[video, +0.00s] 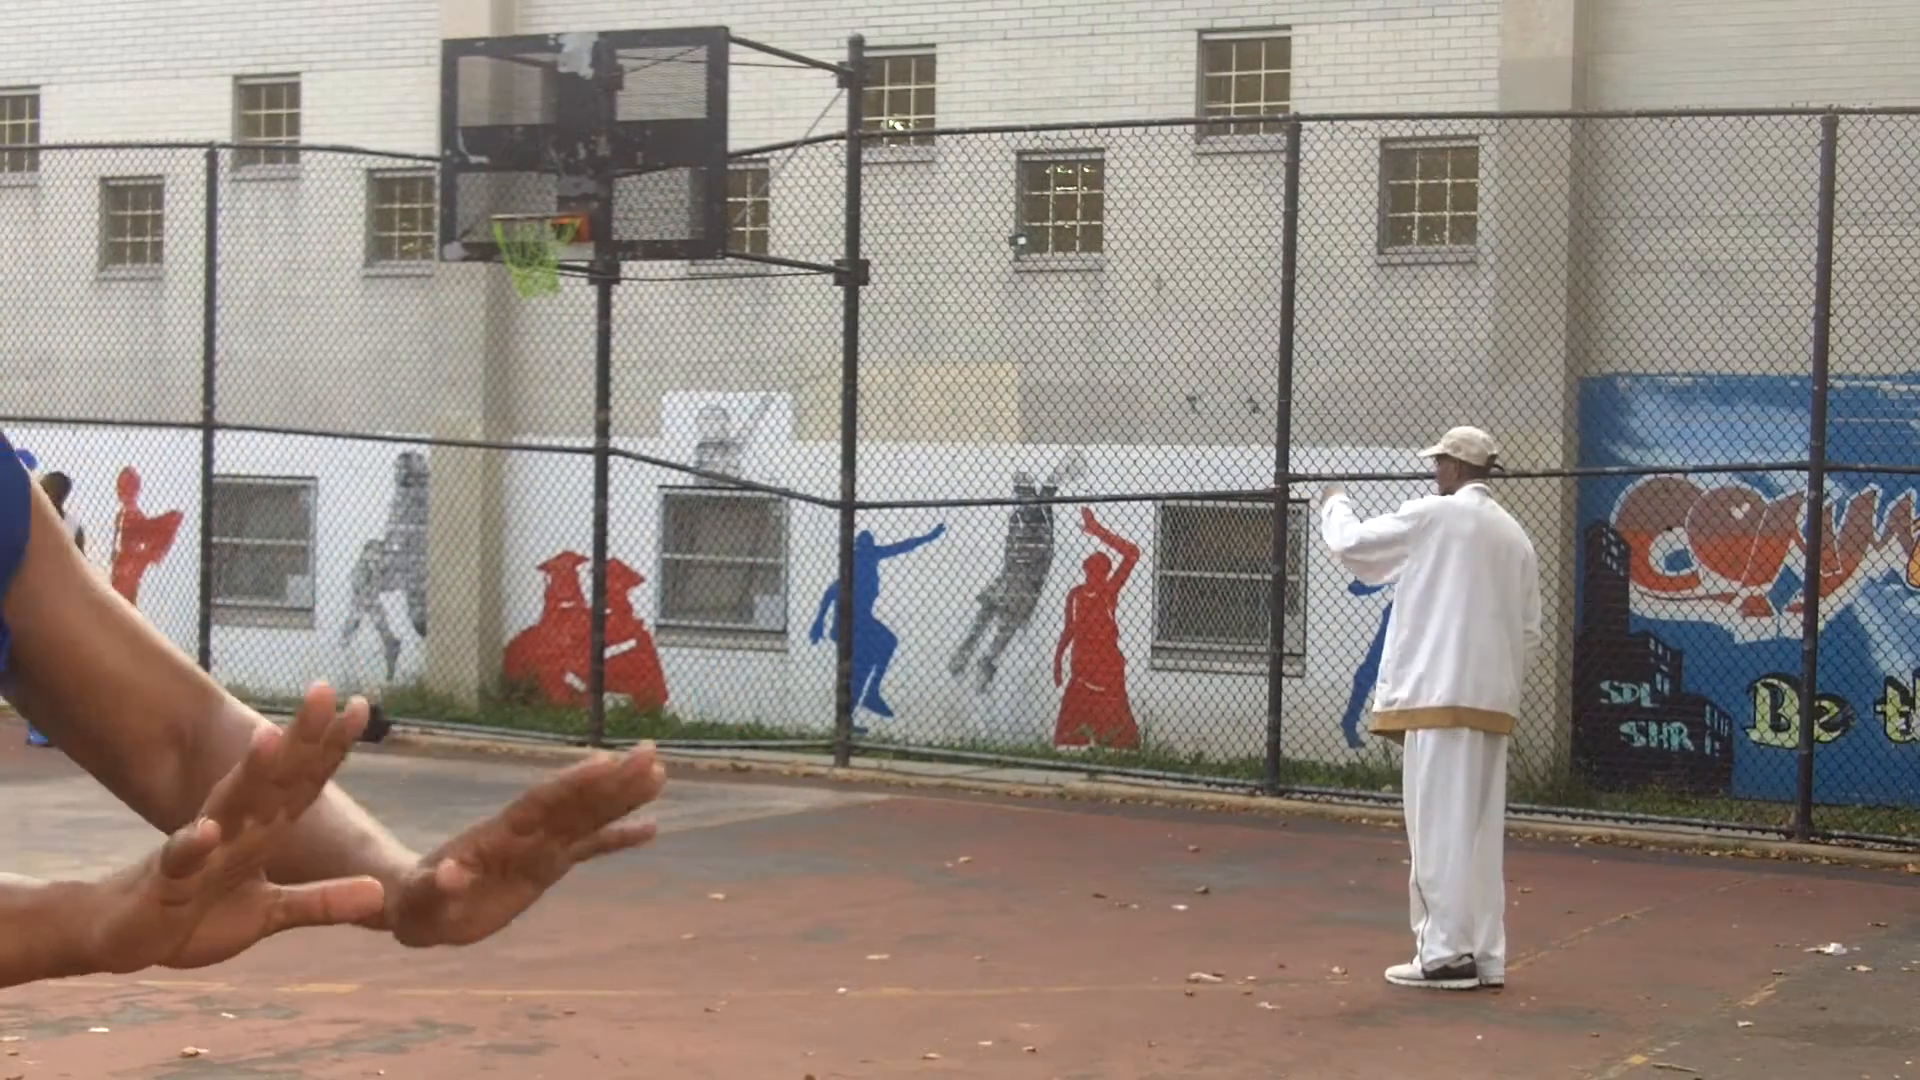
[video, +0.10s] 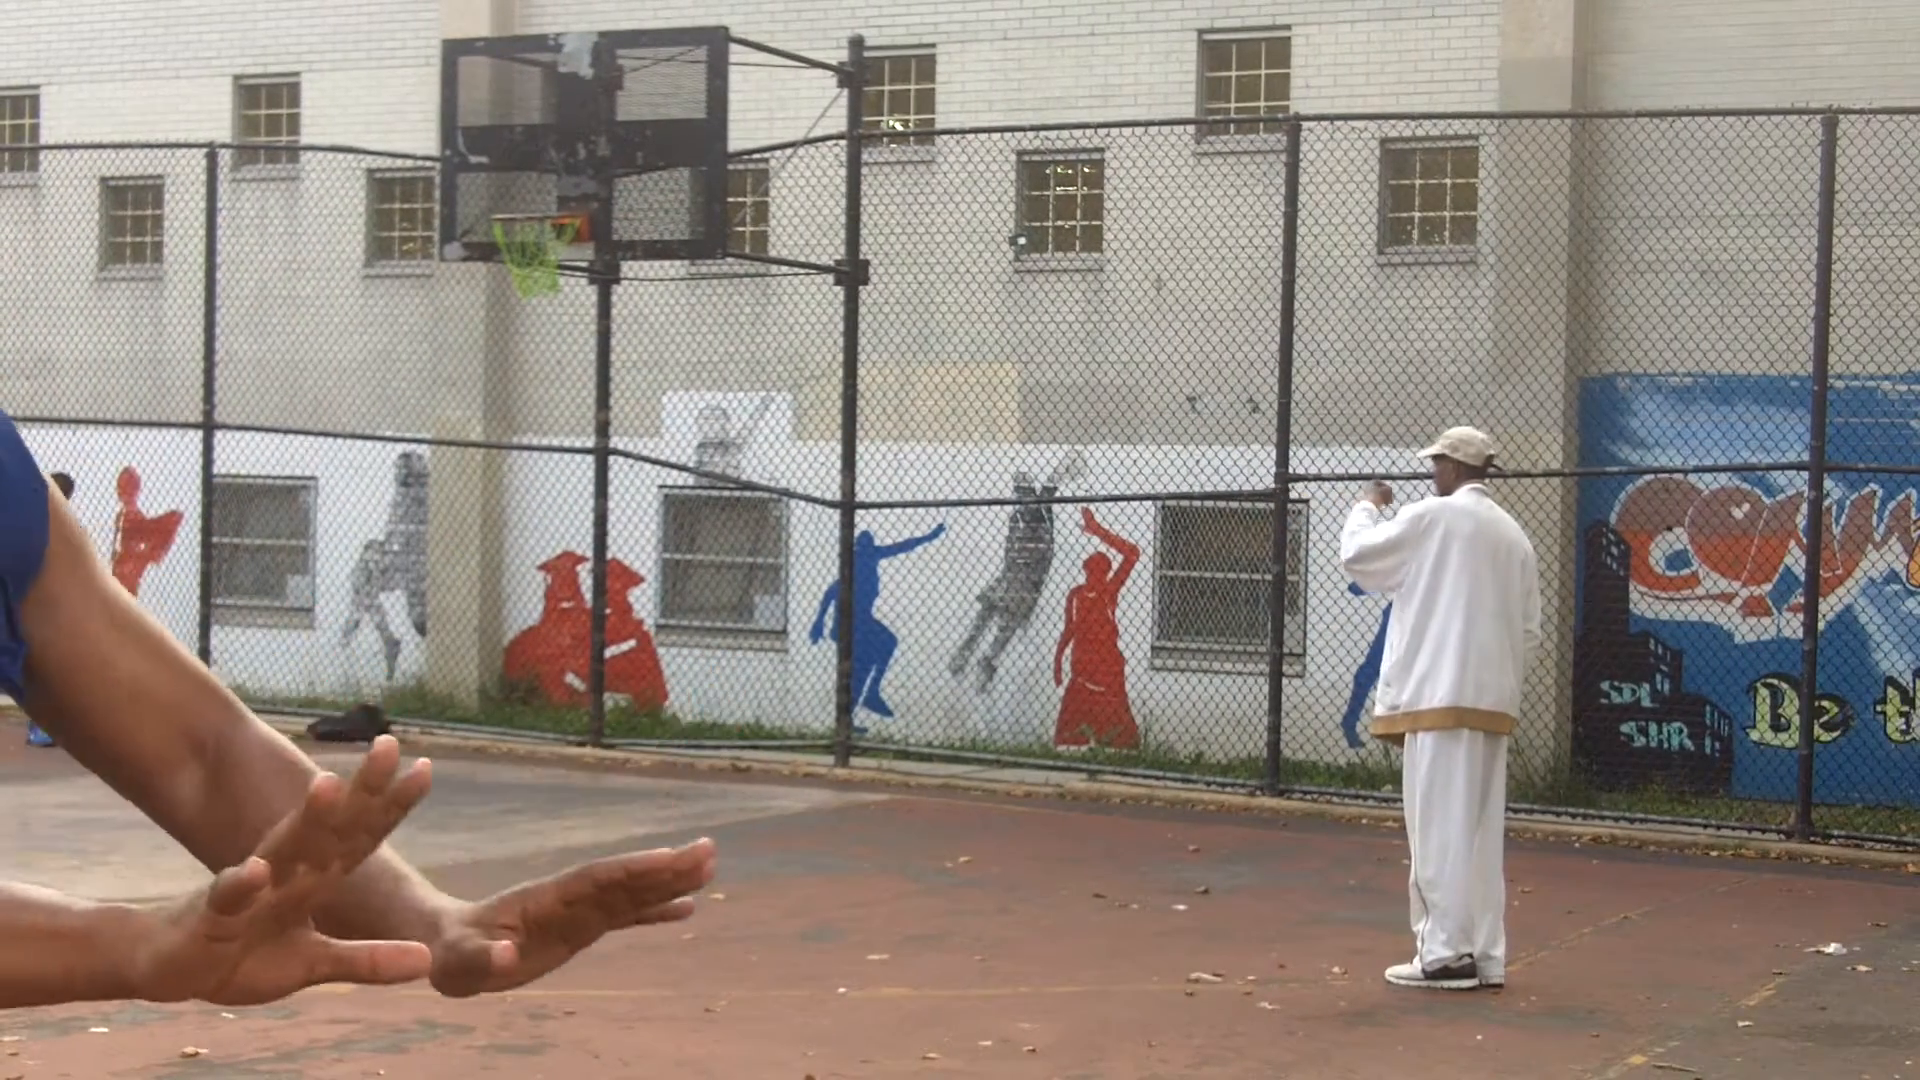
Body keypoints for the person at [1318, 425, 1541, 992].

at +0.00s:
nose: (1434, 476)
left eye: (1439, 467)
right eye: (1436, 467)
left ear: (1456, 468)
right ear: (1485, 472)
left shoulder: (1435, 515)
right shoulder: (1518, 537)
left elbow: (1350, 544)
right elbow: (1530, 628)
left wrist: (1334, 500)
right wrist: (1494, 679)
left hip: (1437, 689)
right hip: (1495, 696)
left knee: (1437, 822)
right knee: (1484, 824)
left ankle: (1445, 952)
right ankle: (1487, 957)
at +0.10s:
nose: (1431, 476)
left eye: (1436, 467)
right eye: (1433, 467)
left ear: (1454, 469)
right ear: (1482, 473)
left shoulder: (1435, 516)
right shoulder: (1517, 536)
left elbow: (1357, 554)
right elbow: (1529, 626)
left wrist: (1367, 505)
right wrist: (1498, 679)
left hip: (1439, 687)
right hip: (1496, 692)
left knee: (1438, 822)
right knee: (1484, 823)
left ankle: (1445, 952)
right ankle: (1486, 957)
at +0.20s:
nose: (1430, 475)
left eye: (1435, 466)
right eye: (1432, 466)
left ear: (1453, 470)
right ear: (1481, 474)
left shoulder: (1436, 518)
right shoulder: (1517, 536)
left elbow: (1362, 561)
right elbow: (1530, 626)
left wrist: (1393, 507)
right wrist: (1501, 684)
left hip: (1440, 688)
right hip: (1496, 693)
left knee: (1439, 822)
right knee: (1484, 824)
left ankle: (1445, 952)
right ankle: (1485, 956)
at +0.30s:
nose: (1428, 474)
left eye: (1435, 465)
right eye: (1430, 464)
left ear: (1459, 470)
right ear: (1478, 474)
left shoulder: (1437, 518)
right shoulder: (1516, 535)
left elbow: (1364, 563)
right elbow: (1530, 625)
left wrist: (1398, 506)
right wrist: (1503, 684)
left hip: (1440, 689)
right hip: (1496, 694)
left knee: (1439, 822)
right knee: (1484, 824)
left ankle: (1446, 952)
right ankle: (1485, 957)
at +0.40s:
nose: (1427, 473)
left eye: (1434, 464)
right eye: (1429, 463)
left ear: (1457, 469)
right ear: (1479, 474)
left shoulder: (1437, 519)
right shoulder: (1514, 536)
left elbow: (1367, 566)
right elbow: (1530, 625)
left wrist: (1397, 511)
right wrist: (1501, 681)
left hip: (1441, 689)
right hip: (1496, 693)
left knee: (1439, 823)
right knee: (1484, 824)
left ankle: (1445, 953)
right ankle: (1485, 956)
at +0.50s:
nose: (1426, 472)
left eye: (1434, 463)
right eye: (1428, 463)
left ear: (1460, 469)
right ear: (1478, 473)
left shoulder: (1439, 519)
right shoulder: (1513, 535)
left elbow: (1370, 568)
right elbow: (1529, 626)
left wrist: (1396, 512)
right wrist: (1498, 680)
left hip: (1443, 690)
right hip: (1495, 695)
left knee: (1439, 823)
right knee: (1483, 824)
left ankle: (1445, 953)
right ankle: (1485, 956)